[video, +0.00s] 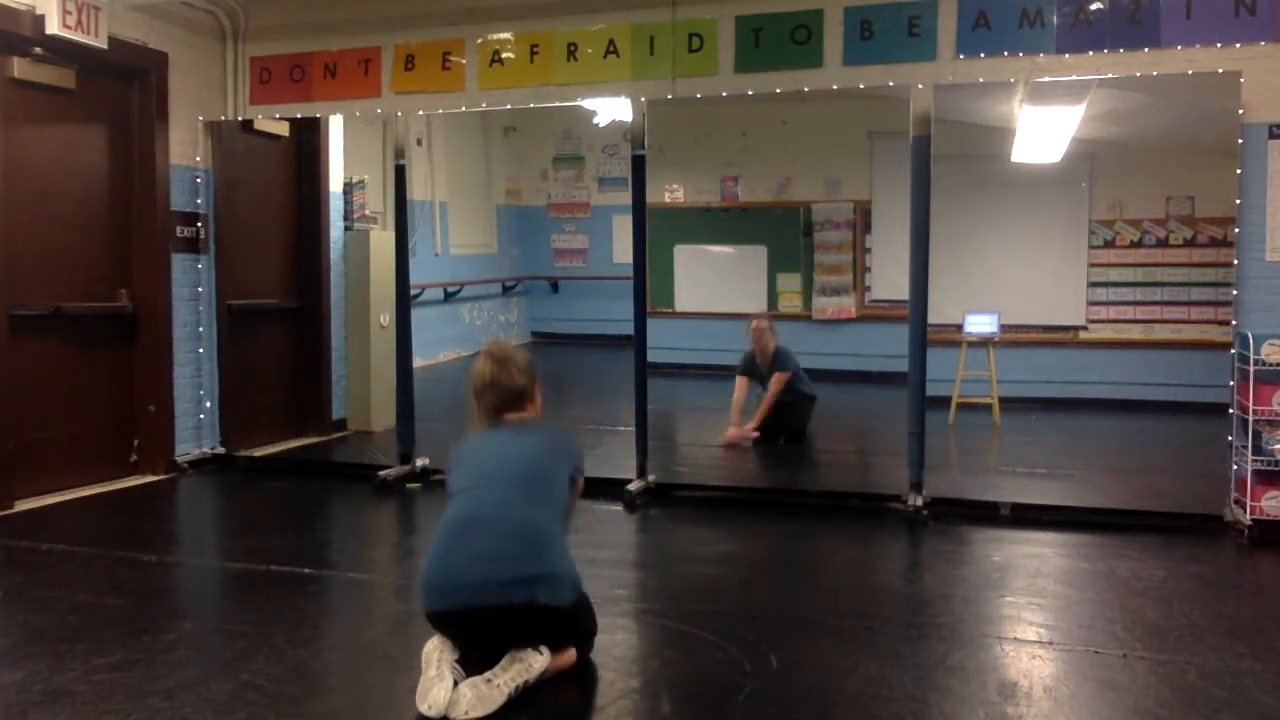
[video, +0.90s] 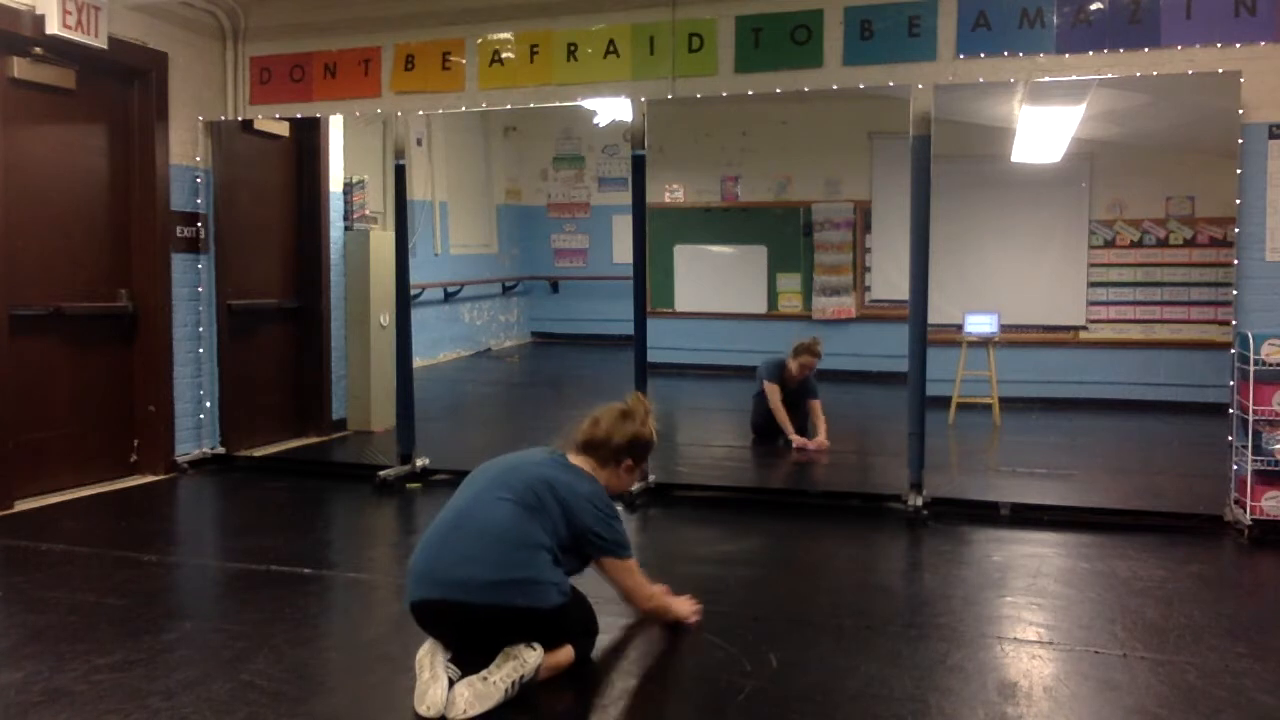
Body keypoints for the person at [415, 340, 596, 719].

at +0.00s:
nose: (542, 392)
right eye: (538, 385)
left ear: (480, 403)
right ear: (535, 395)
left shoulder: (462, 450)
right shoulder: (562, 443)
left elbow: (461, 508)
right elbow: (564, 515)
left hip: (449, 595)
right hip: (539, 588)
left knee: (487, 650)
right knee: (579, 639)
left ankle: (444, 658)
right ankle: (528, 667)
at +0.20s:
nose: (538, 374)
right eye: (537, 367)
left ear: (471, 379)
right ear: (532, 375)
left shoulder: (443, 439)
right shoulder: (553, 436)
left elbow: (422, 534)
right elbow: (599, 537)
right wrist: (568, 555)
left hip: (433, 606)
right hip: (521, 600)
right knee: (577, 633)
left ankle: (440, 669)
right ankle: (509, 679)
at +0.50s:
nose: (567, 392)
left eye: (567, 383)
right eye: (566, 384)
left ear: (503, 380)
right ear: (552, 387)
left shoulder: (446, 439)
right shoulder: (557, 449)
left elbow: (408, 536)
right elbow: (559, 549)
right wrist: (559, 572)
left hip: (427, 629)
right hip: (511, 631)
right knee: (582, 621)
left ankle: (439, 672)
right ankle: (498, 686)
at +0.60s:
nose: (589, 410)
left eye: (591, 403)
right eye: (589, 402)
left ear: (528, 389)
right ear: (576, 401)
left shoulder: (473, 439)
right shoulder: (571, 468)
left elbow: (447, 525)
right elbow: (578, 577)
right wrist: (581, 588)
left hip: (425, 624)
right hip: (508, 629)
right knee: (582, 622)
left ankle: (440, 670)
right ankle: (501, 687)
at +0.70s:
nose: (612, 432)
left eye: (614, 424)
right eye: (614, 423)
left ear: (554, 406)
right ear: (598, 421)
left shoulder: (497, 446)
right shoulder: (580, 482)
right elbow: (600, 601)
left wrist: (577, 597)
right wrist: (615, 607)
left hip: (426, 617)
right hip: (507, 617)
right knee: (582, 628)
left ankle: (441, 669)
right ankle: (500, 683)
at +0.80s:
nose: (628, 464)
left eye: (631, 456)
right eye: (631, 454)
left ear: (577, 429)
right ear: (620, 448)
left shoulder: (517, 459)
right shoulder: (588, 494)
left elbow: (553, 559)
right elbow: (620, 610)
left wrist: (601, 606)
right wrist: (644, 617)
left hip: (429, 604)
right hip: (513, 605)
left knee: (487, 657)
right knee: (580, 633)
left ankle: (441, 666)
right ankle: (526, 667)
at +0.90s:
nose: (632, 482)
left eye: (637, 474)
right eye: (636, 473)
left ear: (585, 445)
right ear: (625, 465)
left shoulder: (526, 465)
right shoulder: (588, 496)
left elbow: (601, 556)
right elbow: (640, 597)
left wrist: (648, 590)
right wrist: (671, 607)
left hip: (431, 592)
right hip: (514, 590)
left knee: (494, 650)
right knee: (580, 632)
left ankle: (442, 661)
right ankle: (526, 667)